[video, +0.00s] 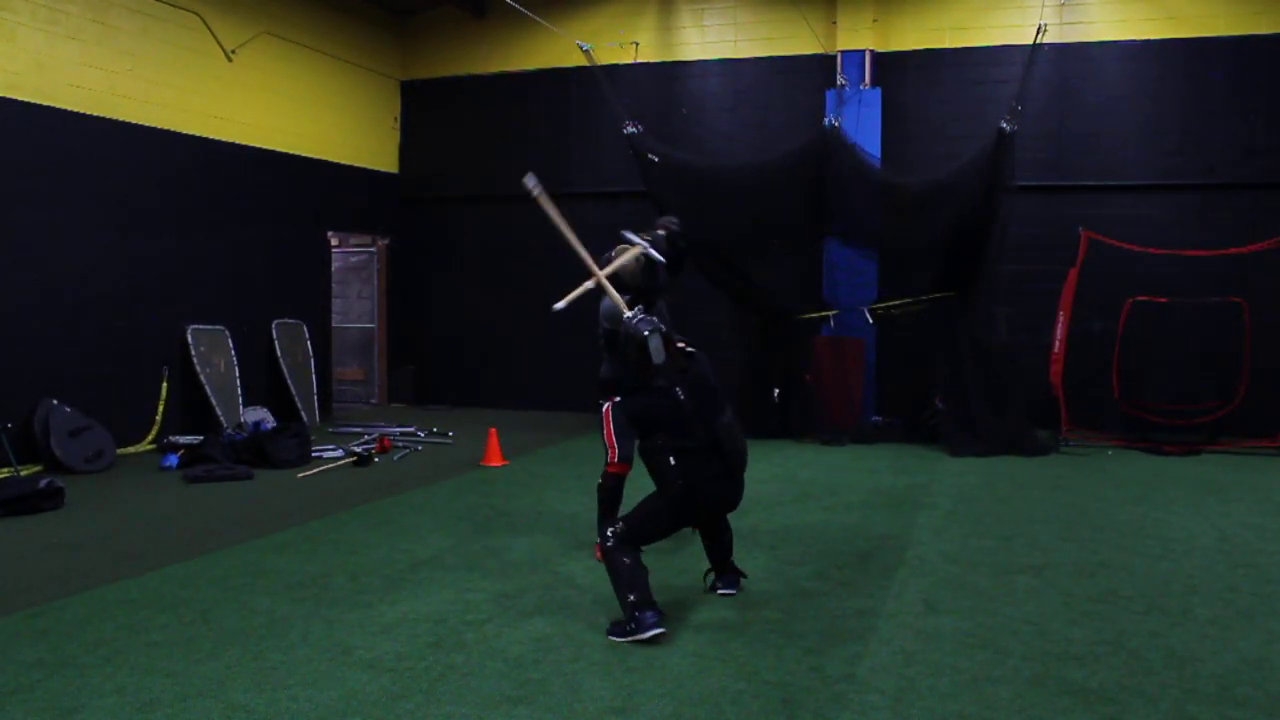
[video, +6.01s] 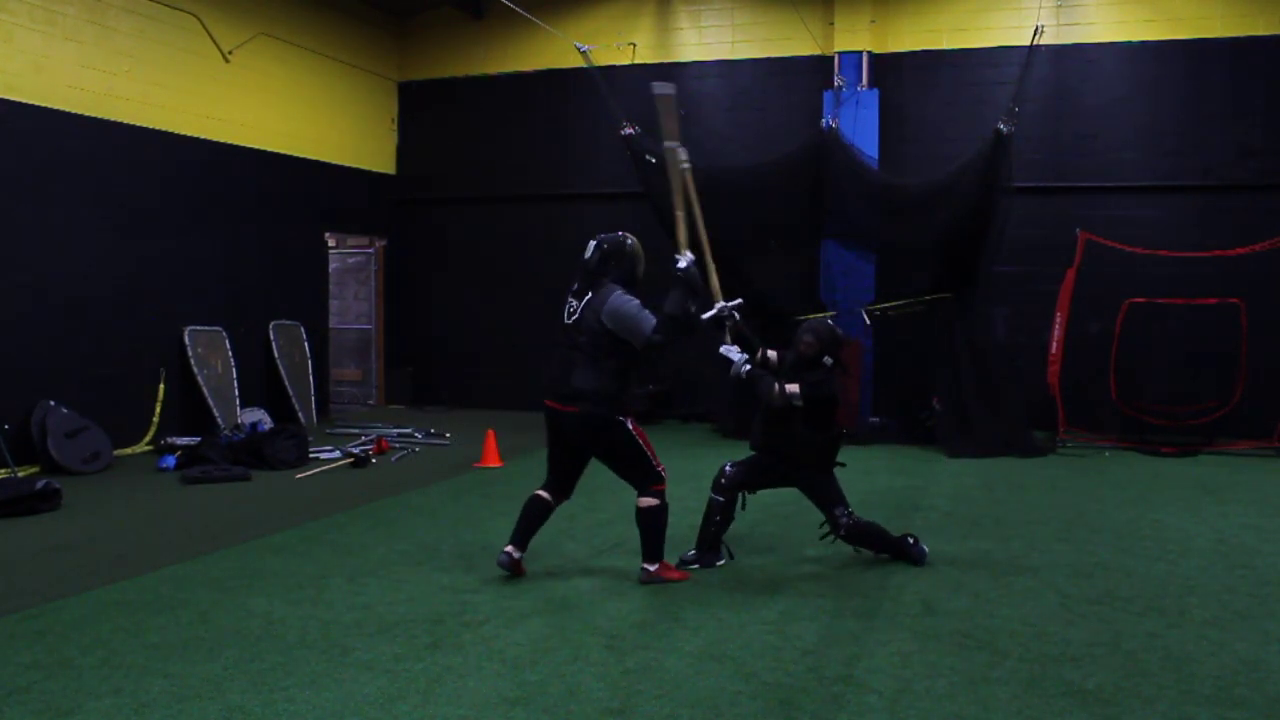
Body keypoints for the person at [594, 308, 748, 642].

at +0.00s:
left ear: (620, 363)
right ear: (662, 350)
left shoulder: (622, 403)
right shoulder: (692, 369)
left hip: (683, 495)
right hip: (728, 486)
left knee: (617, 538)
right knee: (703, 502)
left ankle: (641, 612)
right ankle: (727, 573)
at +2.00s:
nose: (863, 288)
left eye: (867, 281)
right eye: (865, 280)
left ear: (879, 284)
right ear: (902, 283)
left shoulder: (890, 325)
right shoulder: (911, 320)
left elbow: (878, 384)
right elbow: (900, 379)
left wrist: (849, 409)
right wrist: (858, 374)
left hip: (908, 435)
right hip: (918, 430)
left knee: (887, 523)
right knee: (893, 502)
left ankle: (907, 621)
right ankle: (900, 570)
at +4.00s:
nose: (897, 307)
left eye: (902, 301)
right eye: (896, 301)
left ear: (920, 303)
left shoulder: (948, 331)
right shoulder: (911, 333)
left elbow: (963, 378)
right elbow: (912, 372)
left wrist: (927, 403)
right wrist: (887, 382)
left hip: (964, 418)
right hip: (931, 417)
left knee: (975, 483)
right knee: (894, 471)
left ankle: (1000, 548)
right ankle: (880, 538)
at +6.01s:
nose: (802, 346)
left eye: (809, 343)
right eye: (801, 340)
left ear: (823, 349)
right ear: (799, 340)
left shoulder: (826, 381)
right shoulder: (793, 363)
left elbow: (778, 395)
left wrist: (745, 370)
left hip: (812, 466)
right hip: (777, 459)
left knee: (847, 527)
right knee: (727, 477)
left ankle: (903, 548)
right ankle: (708, 550)